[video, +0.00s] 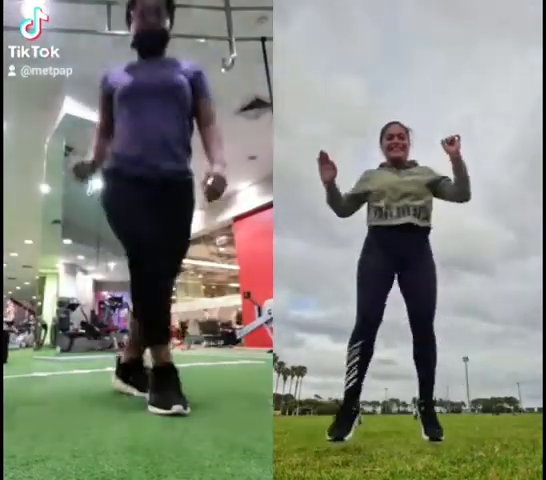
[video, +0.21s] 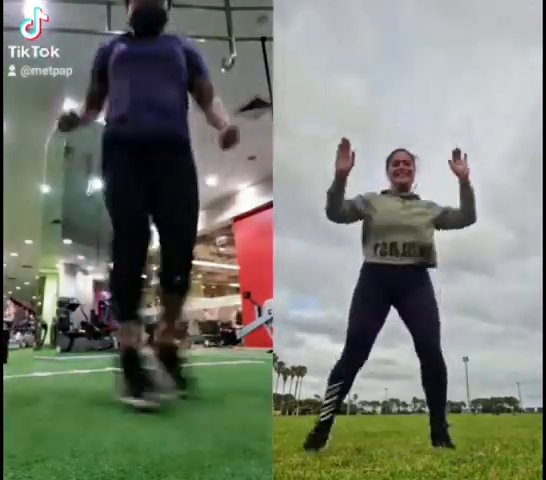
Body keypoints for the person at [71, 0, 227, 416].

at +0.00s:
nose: (149, 19)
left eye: (157, 13)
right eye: (142, 13)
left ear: (169, 23)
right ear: (130, 24)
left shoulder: (189, 73)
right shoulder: (114, 77)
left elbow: (208, 125)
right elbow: (104, 132)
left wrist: (218, 165)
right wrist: (94, 161)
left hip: (175, 182)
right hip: (125, 180)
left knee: (160, 274)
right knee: (148, 268)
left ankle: (130, 361)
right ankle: (163, 373)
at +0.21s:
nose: (145, 10)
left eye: (152, 5)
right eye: (139, 5)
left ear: (162, 14)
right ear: (131, 14)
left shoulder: (183, 50)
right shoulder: (111, 50)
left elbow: (208, 99)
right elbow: (92, 107)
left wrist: (225, 124)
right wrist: (76, 117)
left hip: (173, 156)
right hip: (123, 156)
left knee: (179, 246)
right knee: (130, 244)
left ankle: (167, 341)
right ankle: (130, 355)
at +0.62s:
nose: (143, 18)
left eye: (151, 12)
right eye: (136, 11)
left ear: (161, 20)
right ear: (122, 19)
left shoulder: (176, 66)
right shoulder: (104, 65)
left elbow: (194, 121)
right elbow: (84, 119)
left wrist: (213, 164)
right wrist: (74, 129)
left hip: (167, 169)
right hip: (116, 169)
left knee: (191, 258)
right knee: (97, 262)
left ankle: (215, 349)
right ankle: (66, 356)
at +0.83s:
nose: (145, 28)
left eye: (153, 22)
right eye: (137, 21)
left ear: (164, 31)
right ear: (125, 30)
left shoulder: (176, 83)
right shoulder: (108, 75)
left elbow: (186, 137)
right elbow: (86, 128)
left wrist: (196, 175)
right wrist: (96, 133)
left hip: (163, 175)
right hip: (116, 174)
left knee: (150, 264)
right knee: (124, 267)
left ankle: (132, 359)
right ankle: (135, 363)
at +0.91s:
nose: (150, 40)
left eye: (156, 35)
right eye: (142, 34)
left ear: (165, 45)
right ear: (127, 42)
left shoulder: (177, 100)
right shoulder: (112, 86)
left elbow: (186, 156)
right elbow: (88, 133)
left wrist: (203, 190)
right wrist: (96, 129)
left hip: (164, 189)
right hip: (117, 187)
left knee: (150, 273)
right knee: (127, 276)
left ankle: (130, 368)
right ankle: (132, 367)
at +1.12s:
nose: (157, 31)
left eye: (164, 26)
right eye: (150, 24)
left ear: (174, 37)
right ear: (136, 32)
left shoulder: (178, 91)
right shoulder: (121, 63)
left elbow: (187, 142)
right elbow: (79, 89)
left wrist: (235, 142)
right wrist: (59, 80)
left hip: (171, 176)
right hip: (126, 173)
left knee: (172, 263)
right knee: (127, 267)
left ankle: (166, 352)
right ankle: (125, 360)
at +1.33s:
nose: (163, 38)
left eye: (170, 34)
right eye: (155, 33)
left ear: (180, 44)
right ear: (143, 42)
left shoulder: (188, 99)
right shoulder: (130, 72)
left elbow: (219, 116)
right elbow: (86, 109)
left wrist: (234, 83)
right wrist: (45, 130)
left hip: (180, 182)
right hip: (133, 176)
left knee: (186, 272)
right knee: (136, 267)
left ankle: (170, 365)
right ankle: (125, 353)